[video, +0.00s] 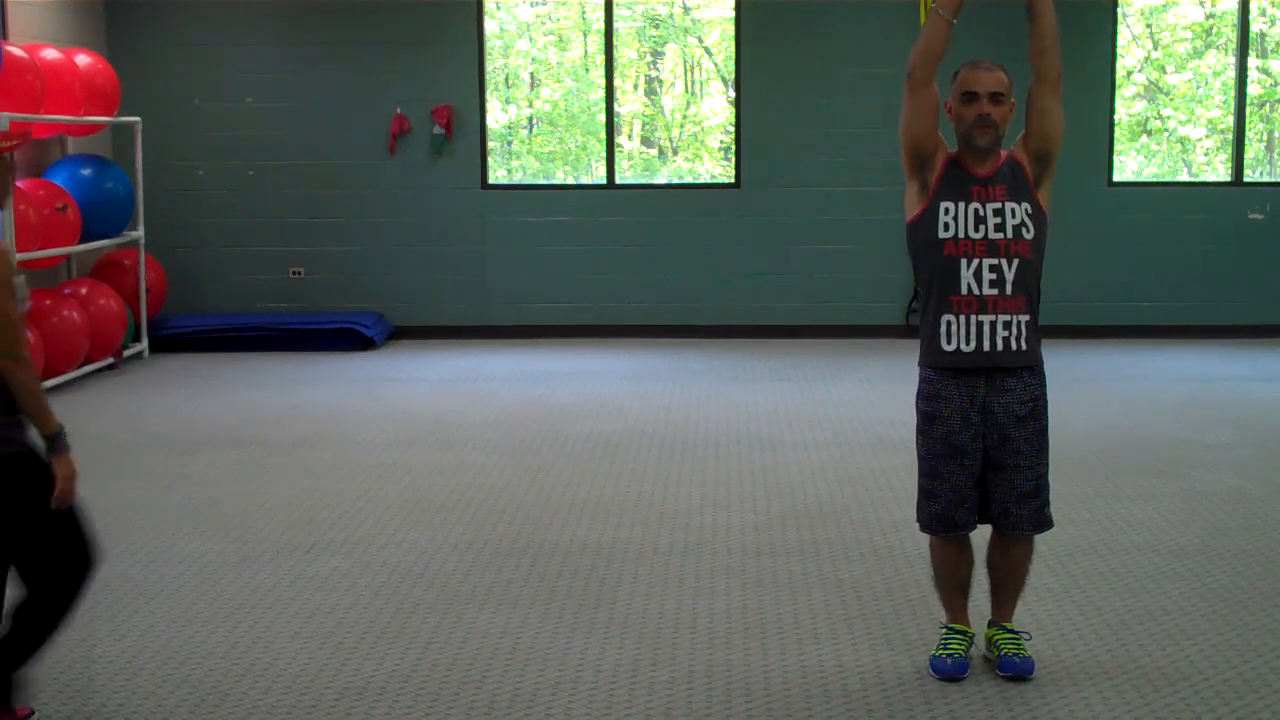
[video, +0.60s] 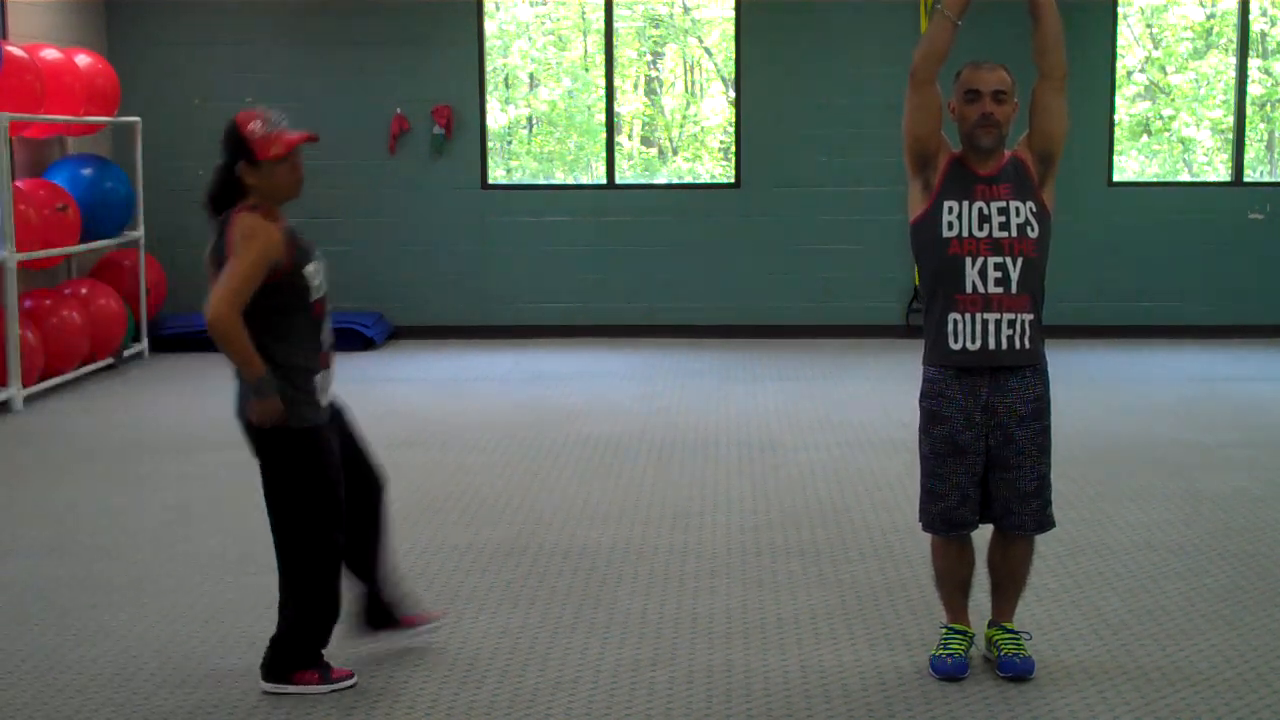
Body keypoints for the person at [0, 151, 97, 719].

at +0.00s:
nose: (14, 156)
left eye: (13, 149)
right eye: (10, 150)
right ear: (3, 169)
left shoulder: (5, 254)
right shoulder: (2, 254)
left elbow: (13, 354)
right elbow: (11, 354)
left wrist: (51, 441)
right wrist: (56, 440)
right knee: (66, 560)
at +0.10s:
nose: (61, 165)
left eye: (58, 154)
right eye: (51, 155)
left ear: (11, 169)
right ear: (13, 168)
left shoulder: (17, 240)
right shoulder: (32, 246)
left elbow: (36, 353)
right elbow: (37, 355)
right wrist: (85, 429)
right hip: (35, 443)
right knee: (118, 537)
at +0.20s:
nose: (111, 181)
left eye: (106, 169)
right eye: (100, 171)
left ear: (56, 184)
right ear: (66, 182)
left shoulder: (28, 251)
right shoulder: (88, 255)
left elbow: (51, 337)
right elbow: (79, 356)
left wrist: (130, 366)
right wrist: (128, 425)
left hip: (44, 436)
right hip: (88, 440)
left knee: (22, 580)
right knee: (163, 555)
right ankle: (255, 649)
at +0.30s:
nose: (165, 183)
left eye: (161, 173)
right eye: (153, 176)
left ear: (115, 194)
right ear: (119, 192)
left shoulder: (94, 257)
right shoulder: (144, 265)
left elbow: (131, 340)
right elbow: (136, 373)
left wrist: (198, 362)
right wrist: (186, 446)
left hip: (114, 444)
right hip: (154, 447)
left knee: (73, 572)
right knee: (233, 544)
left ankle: (4, 686)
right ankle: (287, 658)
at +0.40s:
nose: (217, 188)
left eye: (213, 179)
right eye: (205, 181)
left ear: (171, 195)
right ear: (172, 196)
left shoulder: (151, 258)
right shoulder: (194, 269)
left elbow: (181, 356)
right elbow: (192, 374)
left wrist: (240, 391)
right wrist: (238, 451)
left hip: (180, 436)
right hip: (219, 439)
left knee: (191, 544)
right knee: (292, 532)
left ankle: (84, 632)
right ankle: (291, 663)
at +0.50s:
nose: (263, 191)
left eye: (260, 181)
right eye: (250, 184)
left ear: (217, 194)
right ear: (215, 195)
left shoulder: (204, 254)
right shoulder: (231, 264)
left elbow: (219, 356)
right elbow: (225, 369)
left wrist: (272, 412)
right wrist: (271, 443)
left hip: (233, 424)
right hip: (255, 428)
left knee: (288, 532)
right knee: (322, 532)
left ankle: (219, 630)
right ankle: (293, 661)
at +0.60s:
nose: (298, 168)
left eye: (296, 157)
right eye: (285, 161)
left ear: (261, 172)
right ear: (251, 174)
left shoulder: (263, 221)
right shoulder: (255, 231)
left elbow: (230, 297)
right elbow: (220, 312)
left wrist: (306, 354)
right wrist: (261, 382)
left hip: (305, 399)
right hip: (283, 407)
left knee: (362, 491)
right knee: (311, 532)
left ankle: (377, 608)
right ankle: (292, 662)